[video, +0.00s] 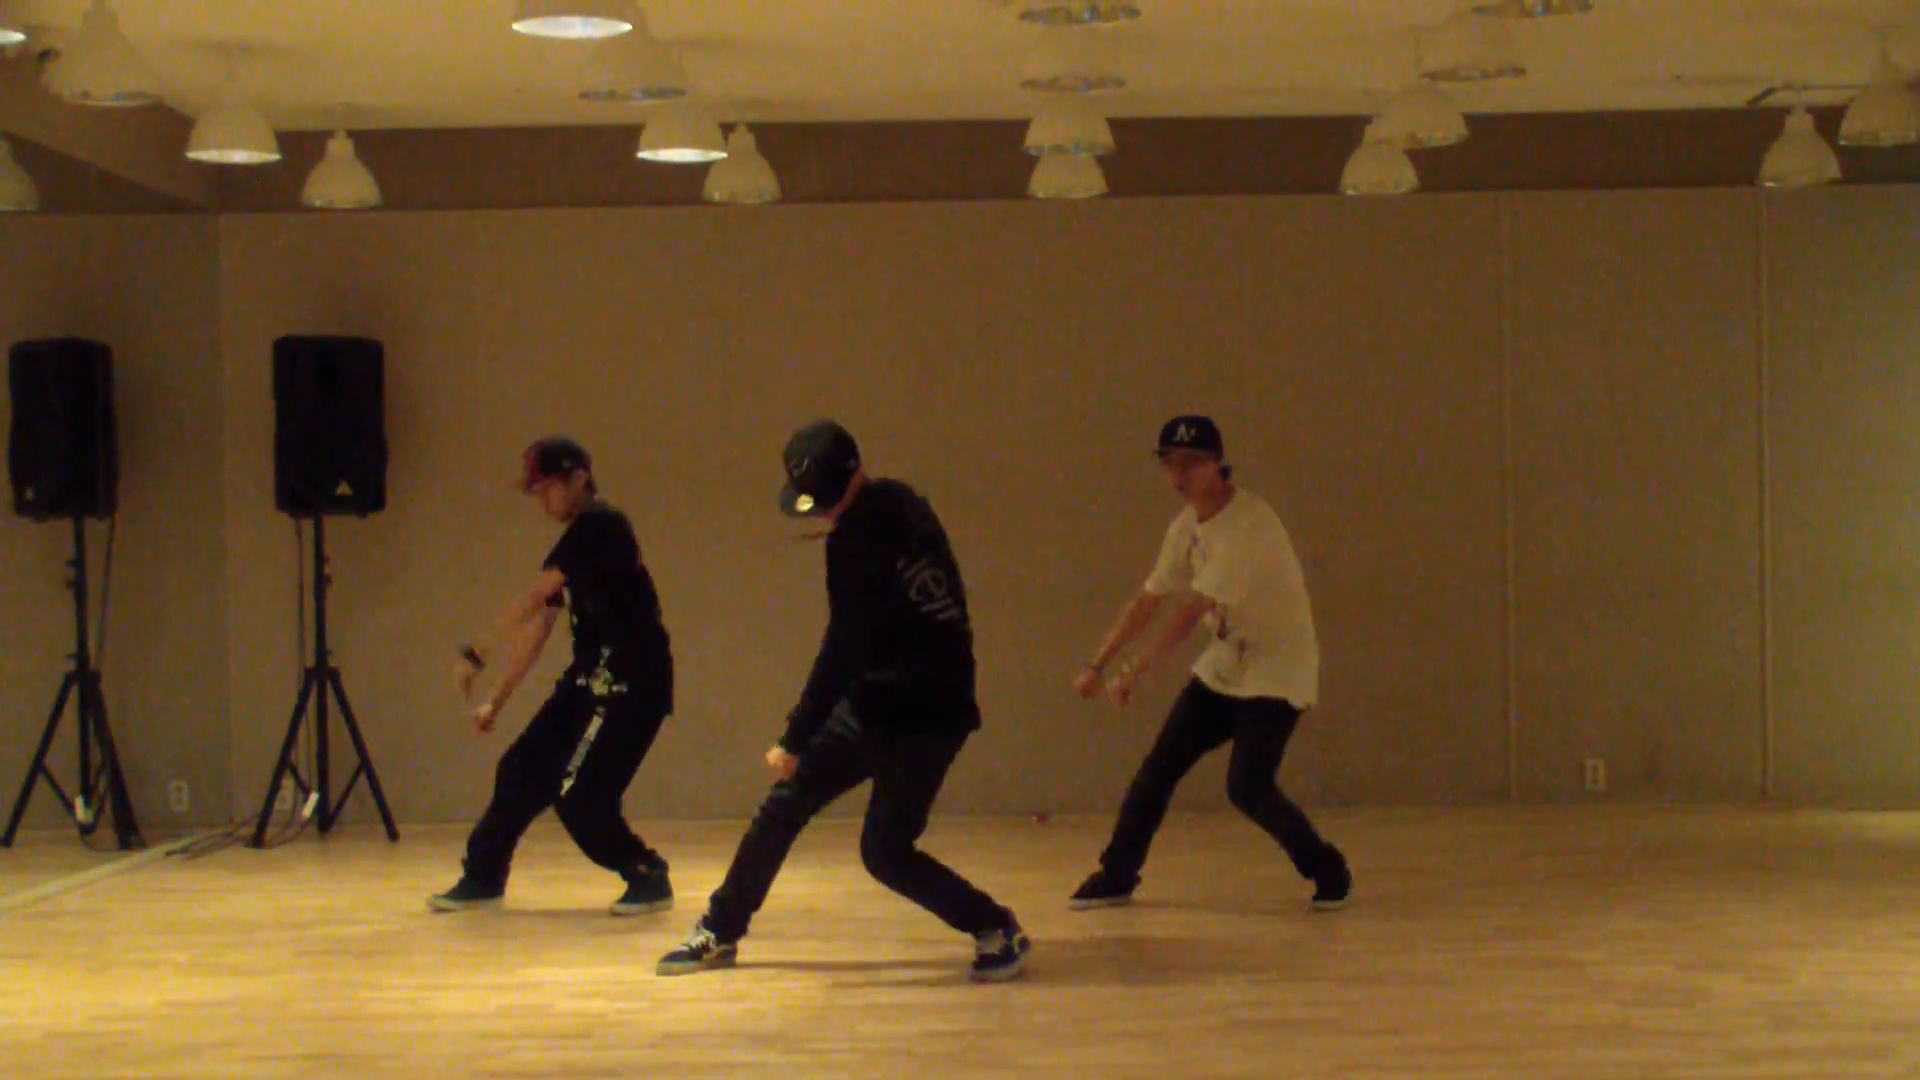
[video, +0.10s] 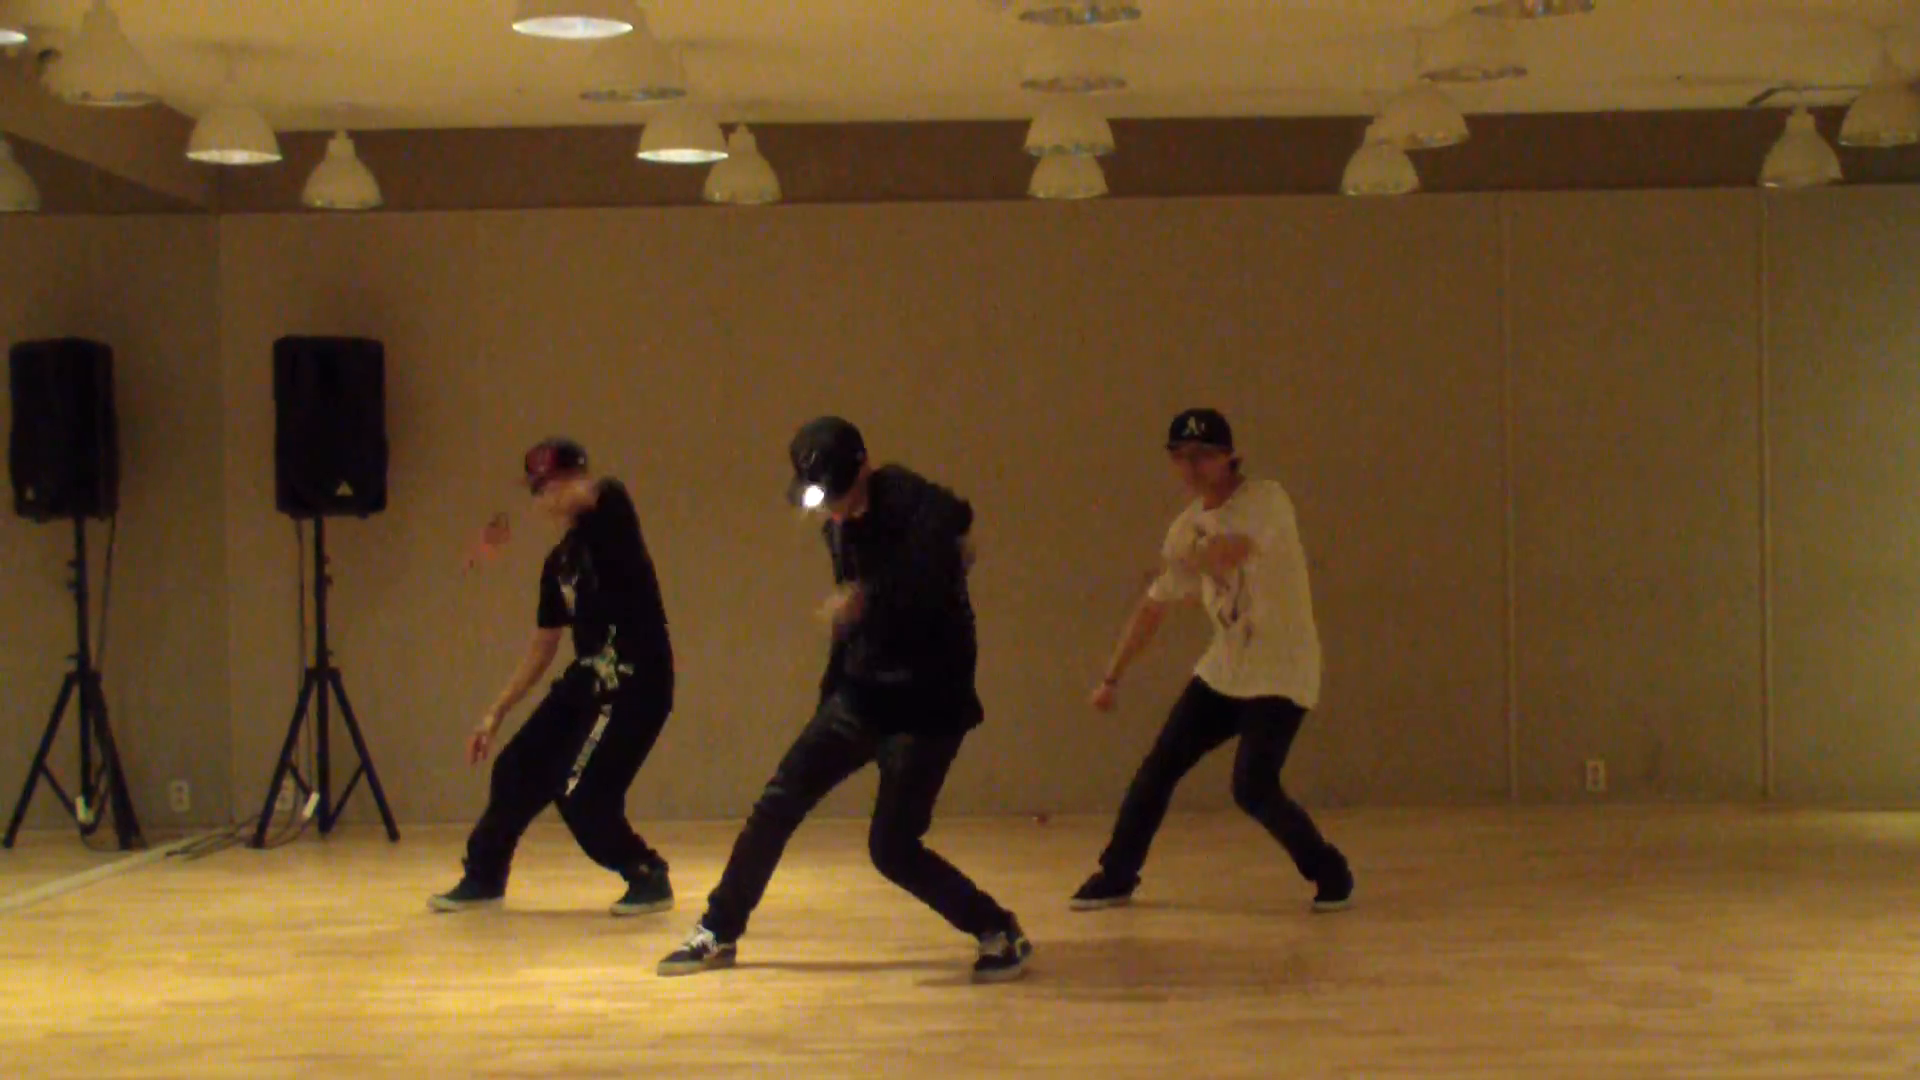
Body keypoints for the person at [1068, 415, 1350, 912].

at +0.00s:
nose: (1178, 477)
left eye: (1190, 464)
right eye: (1171, 466)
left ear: (1218, 465)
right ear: (1165, 470)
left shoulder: (1250, 528)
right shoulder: (1187, 525)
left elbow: (1192, 613)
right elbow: (1147, 599)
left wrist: (1136, 674)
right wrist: (1099, 661)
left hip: (1280, 675)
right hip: (1225, 667)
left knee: (1249, 787)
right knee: (1159, 768)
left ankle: (1325, 867)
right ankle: (1118, 872)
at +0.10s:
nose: (1190, 469)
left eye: (1200, 457)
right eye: (1181, 459)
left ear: (1228, 458)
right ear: (1174, 464)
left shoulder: (1266, 500)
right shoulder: (1187, 527)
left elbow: (1236, 552)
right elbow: (1153, 606)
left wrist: (1187, 552)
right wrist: (1112, 677)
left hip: (1285, 672)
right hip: (1227, 667)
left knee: (1253, 787)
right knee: (1160, 766)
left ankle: (1328, 870)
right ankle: (1118, 872)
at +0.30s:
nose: (1195, 486)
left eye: (1205, 474)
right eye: (1186, 477)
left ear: (1230, 478)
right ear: (1178, 485)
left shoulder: (1280, 516)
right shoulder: (1184, 550)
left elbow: (1358, 521)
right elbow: (1180, 638)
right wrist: (1165, 708)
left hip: (1301, 677)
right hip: (1241, 677)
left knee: (1260, 795)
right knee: (1164, 768)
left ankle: (1332, 877)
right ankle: (1116, 876)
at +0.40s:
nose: (1203, 481)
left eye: (1214, 470)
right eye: (1196, 471)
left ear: (1239, 475)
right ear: (1187, 479)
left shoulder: (1291, 527)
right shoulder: (1194, 547)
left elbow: (1357, 578)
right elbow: (1191, 635)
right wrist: (1181, 706)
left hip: (1306, 685)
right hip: (1244, 682)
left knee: (1275, 785)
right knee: (1175, 771)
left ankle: (1334, 877)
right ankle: (1119, 874)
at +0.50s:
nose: (1224, 444)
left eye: (1236, 434)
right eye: (1217, 435)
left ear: (1262, 438)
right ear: (1209, 442)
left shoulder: (1301, 499)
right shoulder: (1212, 503)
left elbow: (1350, 577)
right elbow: (1177, 567)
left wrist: (1351, 657)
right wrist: (1158, 580)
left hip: (1313, 661)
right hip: (1254, 654)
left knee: (1288, 768)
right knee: (1198, 756)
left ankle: (1336, 879)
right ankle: (1166, 871)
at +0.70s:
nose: (1259, 392)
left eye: (1271, 383)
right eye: (1250, 383)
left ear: (1291, 395)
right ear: (1234, 392)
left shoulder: (1307, 457)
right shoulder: (1224, 450)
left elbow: (1344, 542)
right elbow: (1204, 366)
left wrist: (1346, 621)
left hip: (1310, 633)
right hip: (1259, 632)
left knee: (1311, 756)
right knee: (1281, 762)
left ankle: (1340, 871)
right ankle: (1321, 865)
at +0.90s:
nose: (1281, 383)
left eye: (1293, 373)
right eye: (1271, 375)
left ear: (1316, 386)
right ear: (1261, 389)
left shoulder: (1337, 451)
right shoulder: (1255, 446)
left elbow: (1366, 538)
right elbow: (1199, 408)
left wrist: (1342, 606)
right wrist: (1195, 342)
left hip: (1298, 623)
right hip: (1247, 619)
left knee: (1299, 750)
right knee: (1275, 751)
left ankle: (1339, 868)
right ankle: (1319, 863)